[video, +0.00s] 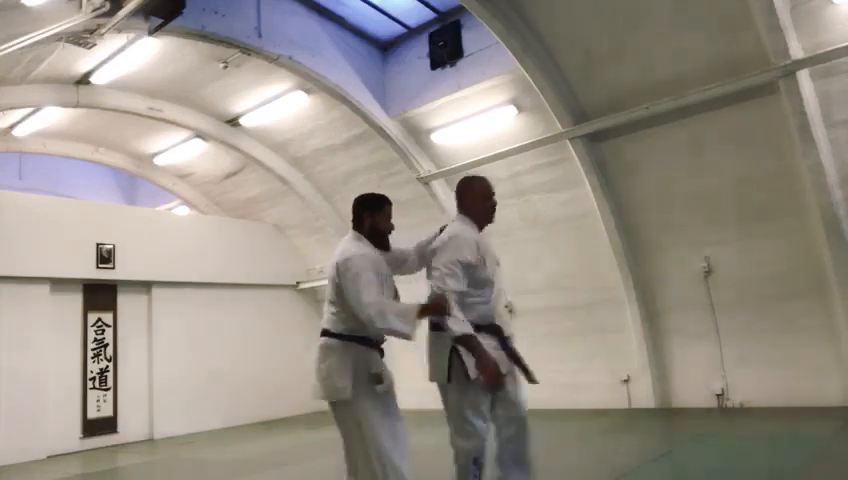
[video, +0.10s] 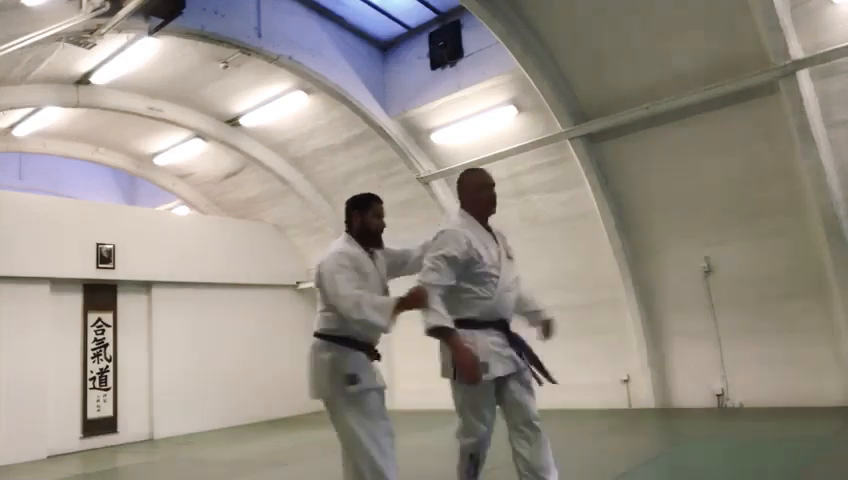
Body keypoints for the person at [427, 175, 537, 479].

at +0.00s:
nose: (495, 204)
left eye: (494, 197)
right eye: (489, 197)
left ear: (470, 201)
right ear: (469, 200)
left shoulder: (478, 239)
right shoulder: (456, 238)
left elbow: (485, 304)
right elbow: (444, 303)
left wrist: (507, 348)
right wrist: (479, 354)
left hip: (491, 345)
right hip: (462, 346)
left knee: (513, 422)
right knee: (472, 436)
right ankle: (471, 477)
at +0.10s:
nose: (494, 194)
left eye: (493, 188)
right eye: (486, 189)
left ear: (488, 193)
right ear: (466, 195)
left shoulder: (497, 237)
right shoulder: (452, 236)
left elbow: (509, 288)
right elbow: (427, 292)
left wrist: (537, 314)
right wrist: (455, 343)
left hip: (503, 340)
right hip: (468, 342)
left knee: (527, 425)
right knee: (476, 432)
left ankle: (541, 477)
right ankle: (468, 477)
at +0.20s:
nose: (484, 195)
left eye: (486, 188)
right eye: (475, 191)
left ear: (492, 192)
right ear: (458, 200)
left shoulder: (517, 240)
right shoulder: (449, 246)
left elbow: (547, 282)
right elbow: (413, 296)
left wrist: (582, 311)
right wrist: (426, 344)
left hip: (517, 343)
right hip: (478, 348)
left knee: (538, 434)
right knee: (493, 440)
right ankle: (481, 475)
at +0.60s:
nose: (447, 203)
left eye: (451, 193)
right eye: (445, 196)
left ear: (477, 185)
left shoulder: (522, 216)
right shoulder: (462, 246)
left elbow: (573, 262)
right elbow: (445, 306)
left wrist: (540, 307)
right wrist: (424, 362)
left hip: (542, 336)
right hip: (500, 340)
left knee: (544, 436)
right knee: (494, 436)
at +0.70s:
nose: (451, 201)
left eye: (455, 191)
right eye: (449, 193)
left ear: (480, 183)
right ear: (477, 185)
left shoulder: (521, 213)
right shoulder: (474, 243)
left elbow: (563, 265)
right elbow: (468, 307)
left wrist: (515, 318)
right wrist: (449, 368)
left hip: (546, 336)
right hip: (505, 342)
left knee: (544, 436)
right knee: (500, 440)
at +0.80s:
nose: (459, 195)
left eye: (463, 184)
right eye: (458, 186)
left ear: (486, 178)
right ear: (486, 180)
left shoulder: (524, 209)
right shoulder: (494, 233)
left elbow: (553, 265)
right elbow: (493, 303)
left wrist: (501, 326)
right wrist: (482, 357)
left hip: (559, 339)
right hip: (526, 346)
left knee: (566, 447)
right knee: (519, 447)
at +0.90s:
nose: (472, 198)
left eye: (475, 187)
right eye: (471, 190)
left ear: (497, 180)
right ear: (502, 181)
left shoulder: (522, 210)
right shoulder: (518, 216)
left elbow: (538, 274)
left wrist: (503, 344)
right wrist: (507, 349)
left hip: (570, 333)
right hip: (547, 337)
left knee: (585, 452)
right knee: (529, 436)